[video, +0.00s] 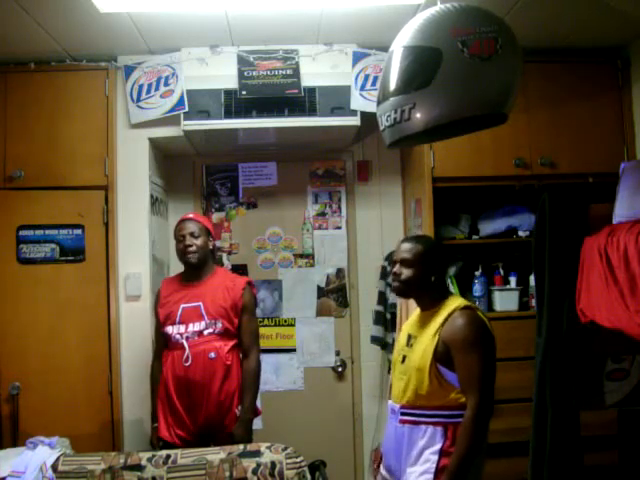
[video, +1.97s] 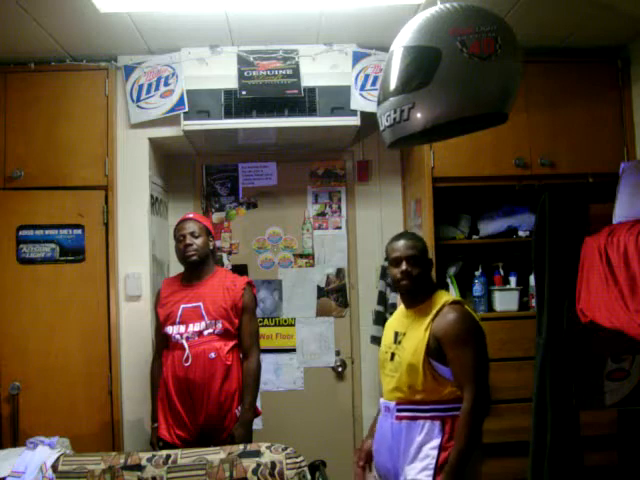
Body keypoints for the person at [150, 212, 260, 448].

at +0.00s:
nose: (187, 243)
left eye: (195, 236)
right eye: (180, 238)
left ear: (210, 242)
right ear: (176, 247)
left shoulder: (237, 287)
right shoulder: (167, 289)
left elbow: (251, 354)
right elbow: (160, 355)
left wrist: (245, 417)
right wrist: (157, 419)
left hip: (225, 416)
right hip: (176, 417)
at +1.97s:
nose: (187, 241)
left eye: (195, 235)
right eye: (180, 238)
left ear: (211, 242)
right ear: (176, 248)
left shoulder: (237, 288)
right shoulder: (167, 290)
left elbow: (251, 355)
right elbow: (160, 355)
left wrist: (246, 417)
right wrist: (157, 420)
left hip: (225, 416)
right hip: (176, 417)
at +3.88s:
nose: (186, 241)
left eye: (194, 235)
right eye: (180, 238)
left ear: (211, 242)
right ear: (176, 248)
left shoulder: (237, 288)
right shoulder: (167, 290)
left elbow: (250, 355)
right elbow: (160, 355)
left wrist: (245, 418)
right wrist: (157, 420)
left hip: (224, 416)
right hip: (176, 417)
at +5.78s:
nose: (190, 238)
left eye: (193, 232)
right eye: (180, 235)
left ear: (199, 238)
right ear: (165, 248)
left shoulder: (227, 285)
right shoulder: (155, 295)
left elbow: (245, 349)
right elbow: (152, 358)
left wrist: (234, 411)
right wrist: (156, 422)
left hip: (223, 416)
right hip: (175, 420)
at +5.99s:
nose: (190, 239)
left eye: (193, 233)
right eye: (180, 235)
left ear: (200, 238)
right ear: (165, 248)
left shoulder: (227, 285)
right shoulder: (154, 295)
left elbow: (245, 349)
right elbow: (151, 357)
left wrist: (232, 411)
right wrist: (155, 420)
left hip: (222, 416)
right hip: (174, 420)